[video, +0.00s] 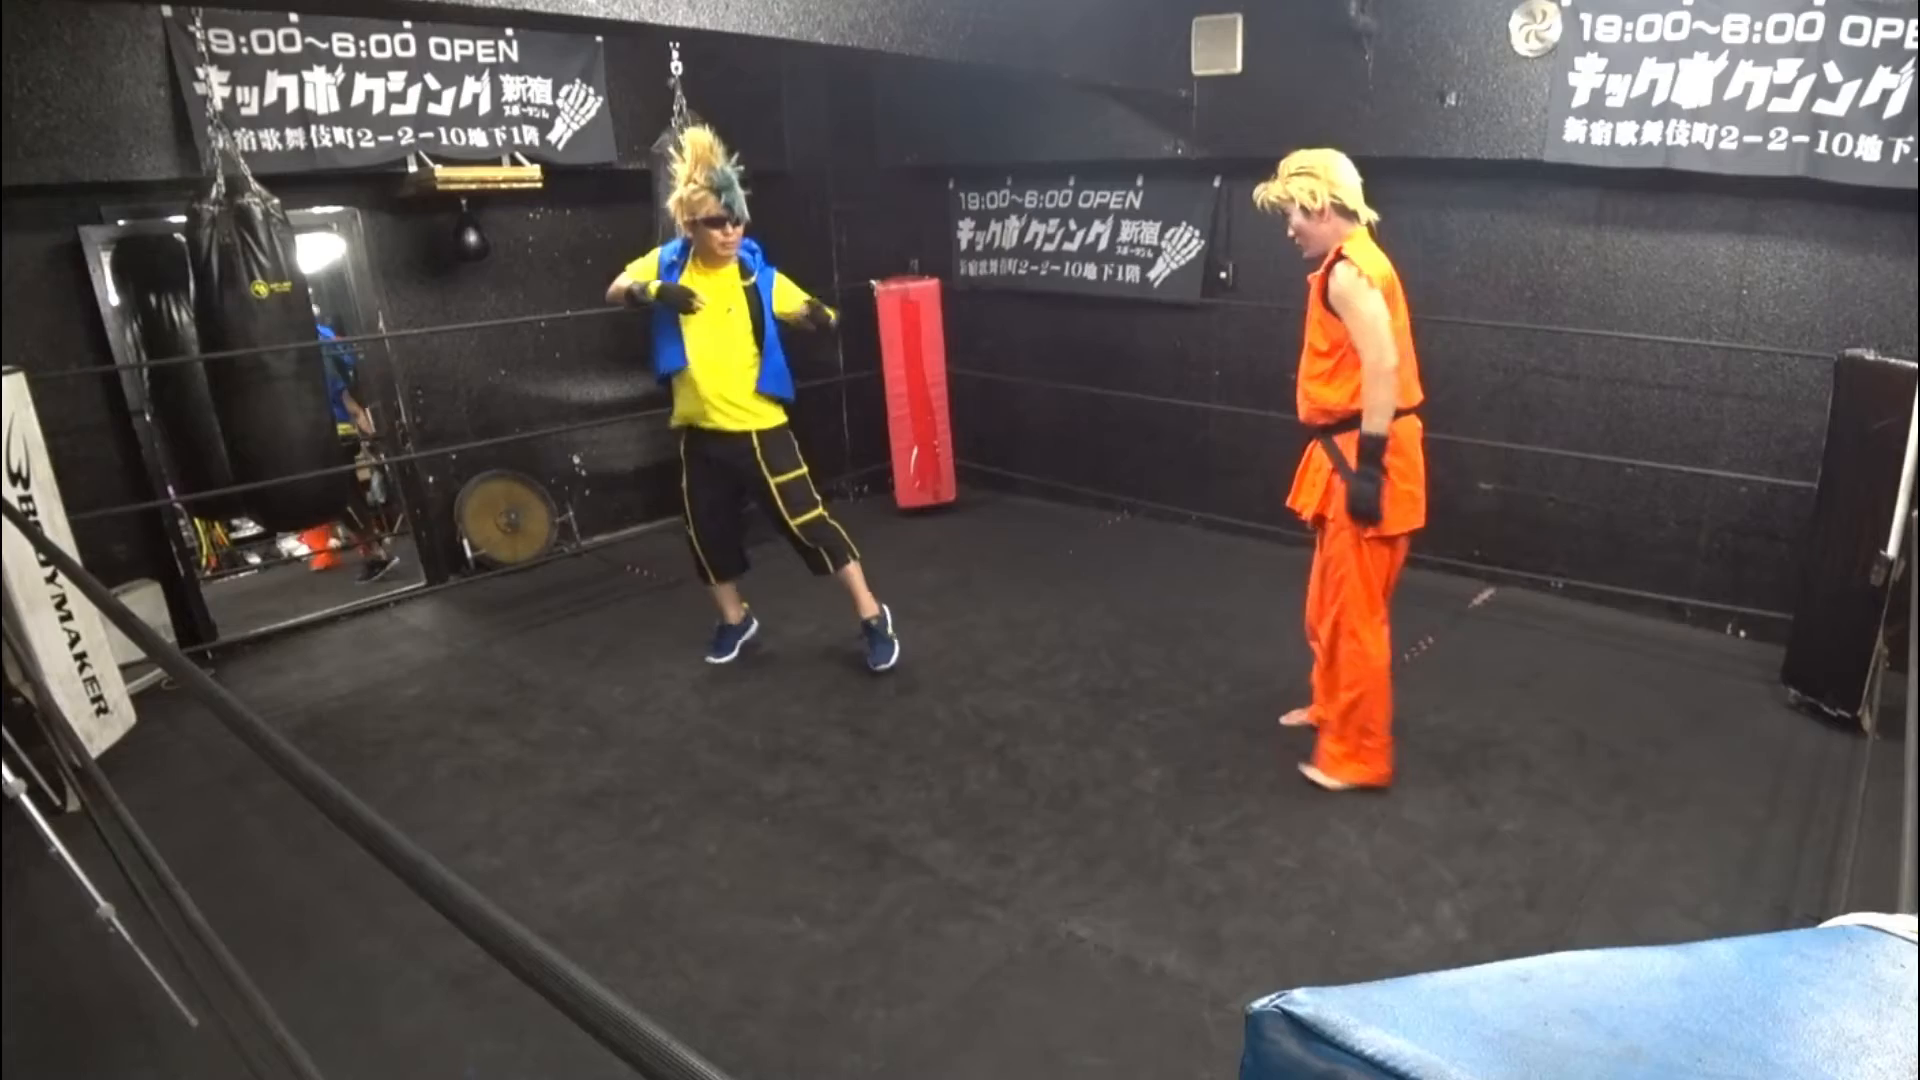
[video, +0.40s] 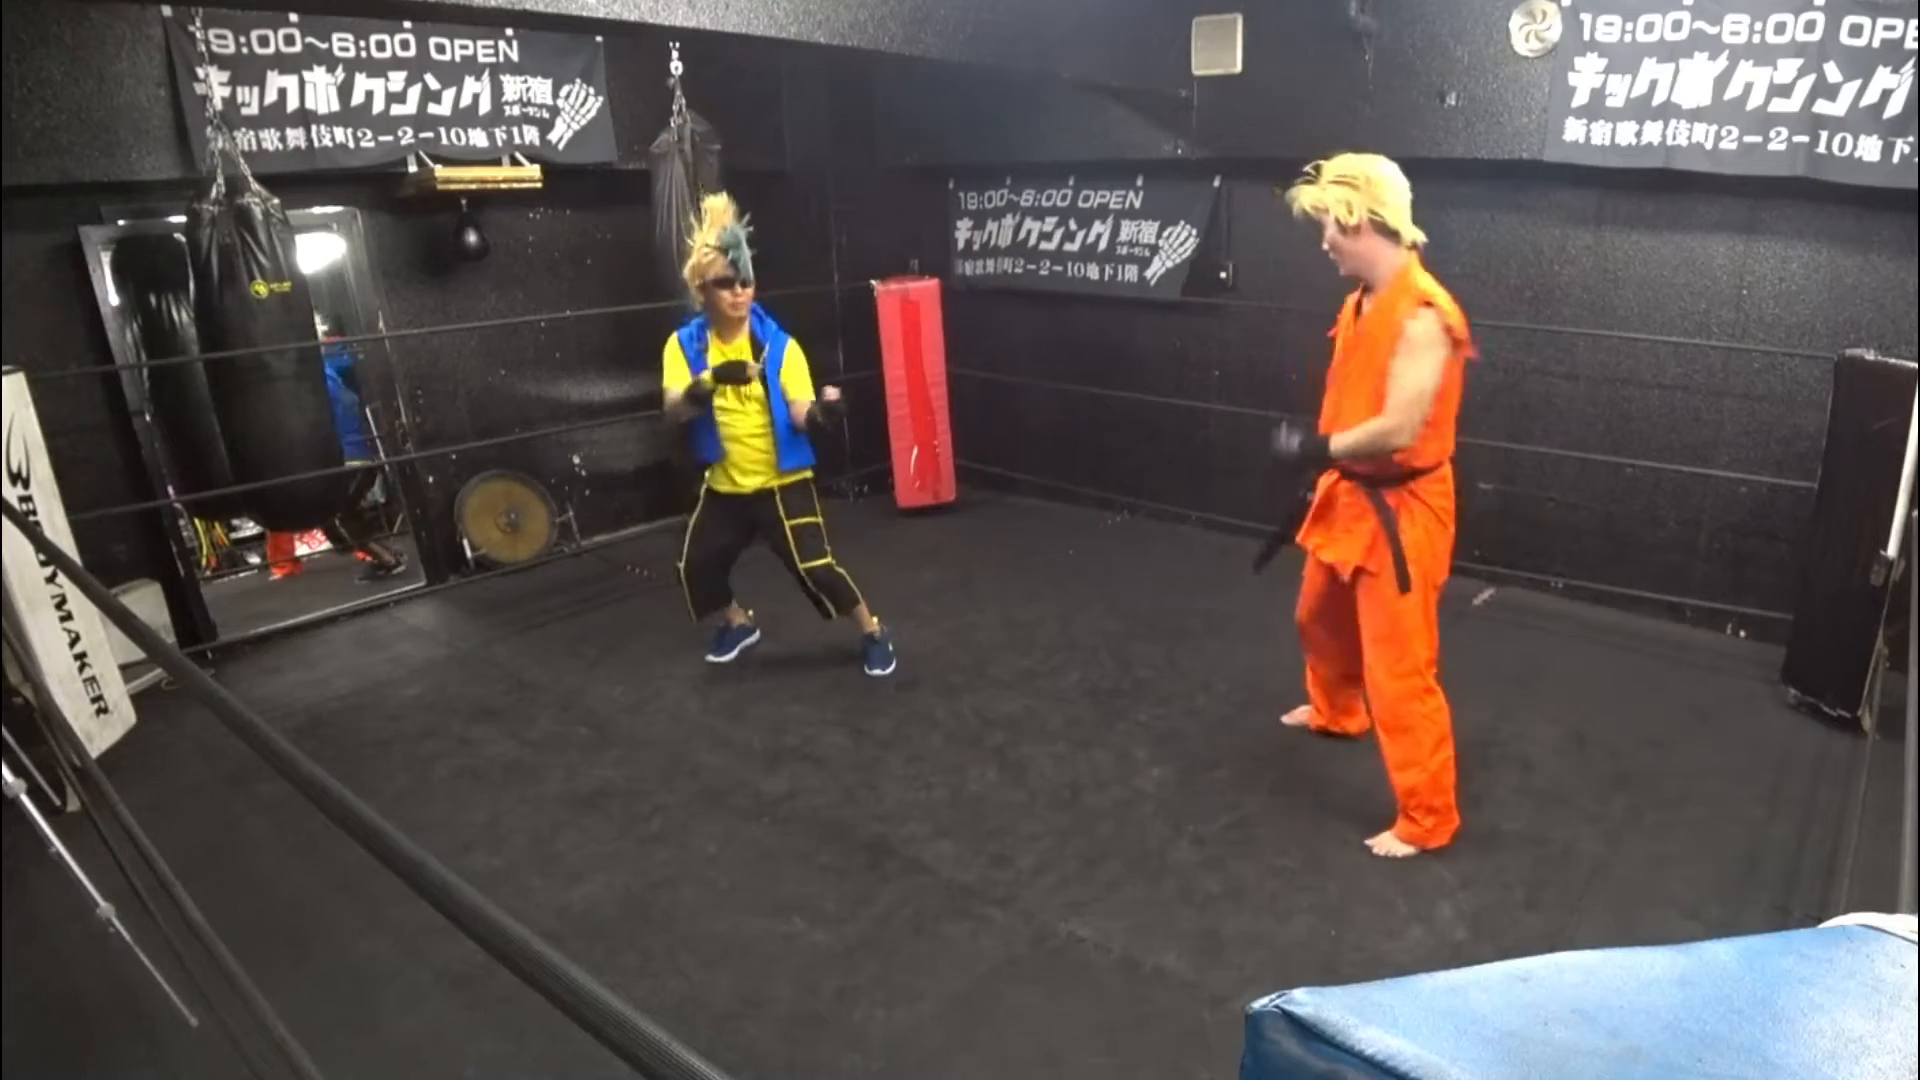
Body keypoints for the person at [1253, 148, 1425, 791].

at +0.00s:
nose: (1290, 232)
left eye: (1296, 218)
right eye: (1288, 220)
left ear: (1330, 212)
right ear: (1329, 212)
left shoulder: (1349, 273)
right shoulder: (1357, 263)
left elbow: (1380, 367)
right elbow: (1377, 364)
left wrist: (1369, 466)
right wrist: (1348, 457)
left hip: (1363, 458)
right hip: (1350, 452)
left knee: (1353, 614)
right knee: (1330, 601)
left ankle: (1360, 756)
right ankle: (1334, 703)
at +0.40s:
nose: (1325, 246)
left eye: (1330, 231)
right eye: (1323, 233)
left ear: (1365, 224)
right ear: (1366, 227)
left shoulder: (1423, 314)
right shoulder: (1358, 306)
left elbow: (1402, 427)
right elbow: (1351, 409)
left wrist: (1318, 446)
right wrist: (1318, 469)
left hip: (1403, 507)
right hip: (1348, 492)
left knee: (1400, 672)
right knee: (1319, 615)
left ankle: (1429, 819)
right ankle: (1340, 710)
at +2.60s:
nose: (1160, 221)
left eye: (1165, 205)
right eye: (1156, 208)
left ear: (1197, 193)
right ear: (1189, 197)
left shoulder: (1272, 264)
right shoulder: (1190, 261)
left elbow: (1243, 357)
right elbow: (1165, 331)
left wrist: (1182, 302)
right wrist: (1120, 294)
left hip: (1261, 451)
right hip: (1196, 445)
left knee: (1250, 594)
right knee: (1160, 574)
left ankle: (1321, 733)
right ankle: (1193, 711)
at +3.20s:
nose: (1057, 254)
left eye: (1063, 240)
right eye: (1055, 241)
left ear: (1096, 233)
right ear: (1094, 235)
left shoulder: (1149, 304)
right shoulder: (1095, 303)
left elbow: (1149, 403)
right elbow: (1092, 391)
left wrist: (1080, 371)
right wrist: (1030, 406)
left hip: (1164, 480)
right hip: (1109, 473)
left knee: (1161, 629)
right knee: (1072, 591)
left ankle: (1250, 739)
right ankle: (1047, 683)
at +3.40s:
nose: (1068, 288)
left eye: (1069, 274)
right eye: (1064, 276)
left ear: (1094, 263)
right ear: (1106, 259)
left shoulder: (1152, 333)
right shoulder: (1122, 327)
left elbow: (1154, 438)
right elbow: (1124, 422)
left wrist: (1081, 423)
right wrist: (1107, 484)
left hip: (1180, 507)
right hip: (1136, 501)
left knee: (1196, 643)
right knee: (1077, 590)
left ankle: (1288, 768)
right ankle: (1099, 690)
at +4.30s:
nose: (866, 260)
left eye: (870, 253)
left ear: (877, 261)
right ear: (938, 261)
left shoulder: (839, 324)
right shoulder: (963, 327)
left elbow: (795, 405)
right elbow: (978, 396)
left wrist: (827, 348)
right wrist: (997, 420)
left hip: (871, 507)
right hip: (948, 504)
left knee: (809, 612)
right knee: (996, 607)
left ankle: (757, 718)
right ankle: (1091, 699)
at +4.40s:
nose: (795, 286)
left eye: (796, 274)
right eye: (793, 274)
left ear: (813, 274)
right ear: (869, 262)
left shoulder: (809, 344)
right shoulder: (913, 322)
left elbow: (802, 451)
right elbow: (963, 401)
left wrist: (785, 413)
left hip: (859, 513)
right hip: (924, 497)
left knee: (791, 613)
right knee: (934, 609)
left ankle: (755, 723)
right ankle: (1052, 689)